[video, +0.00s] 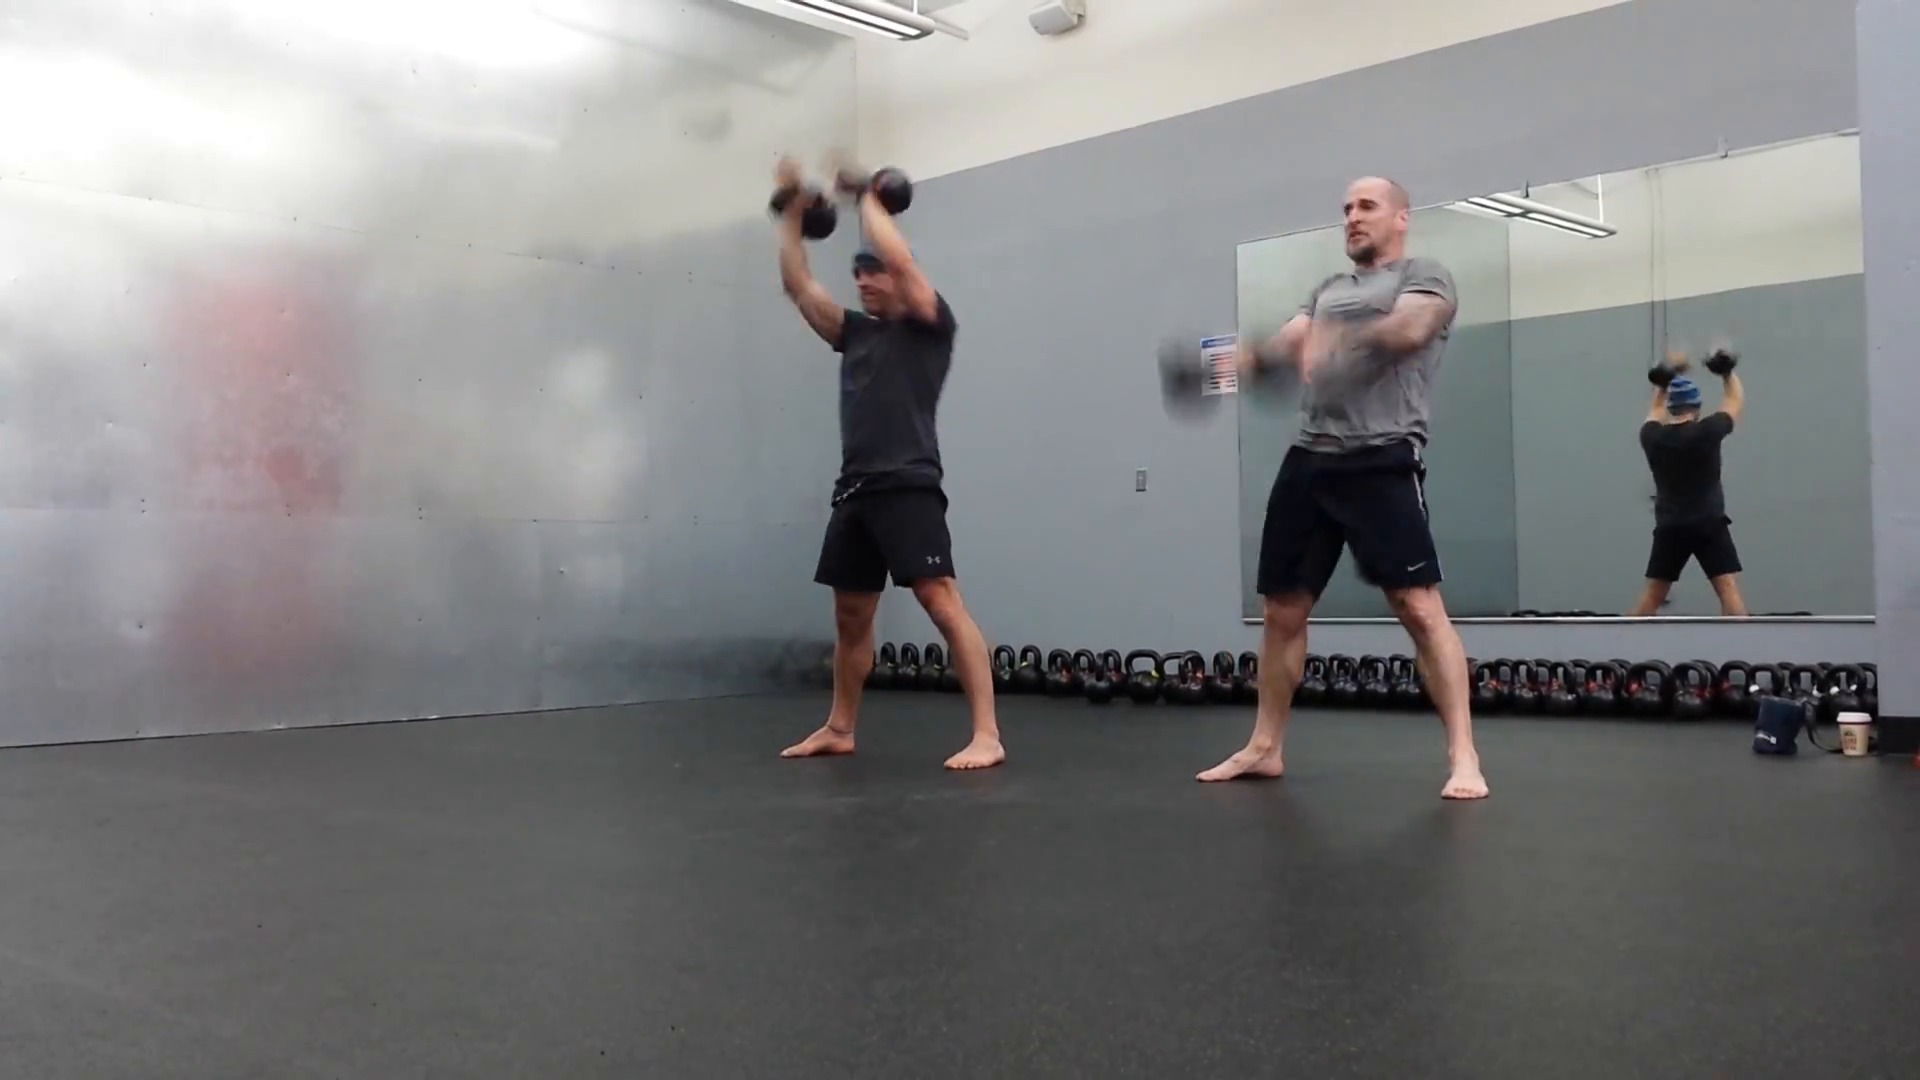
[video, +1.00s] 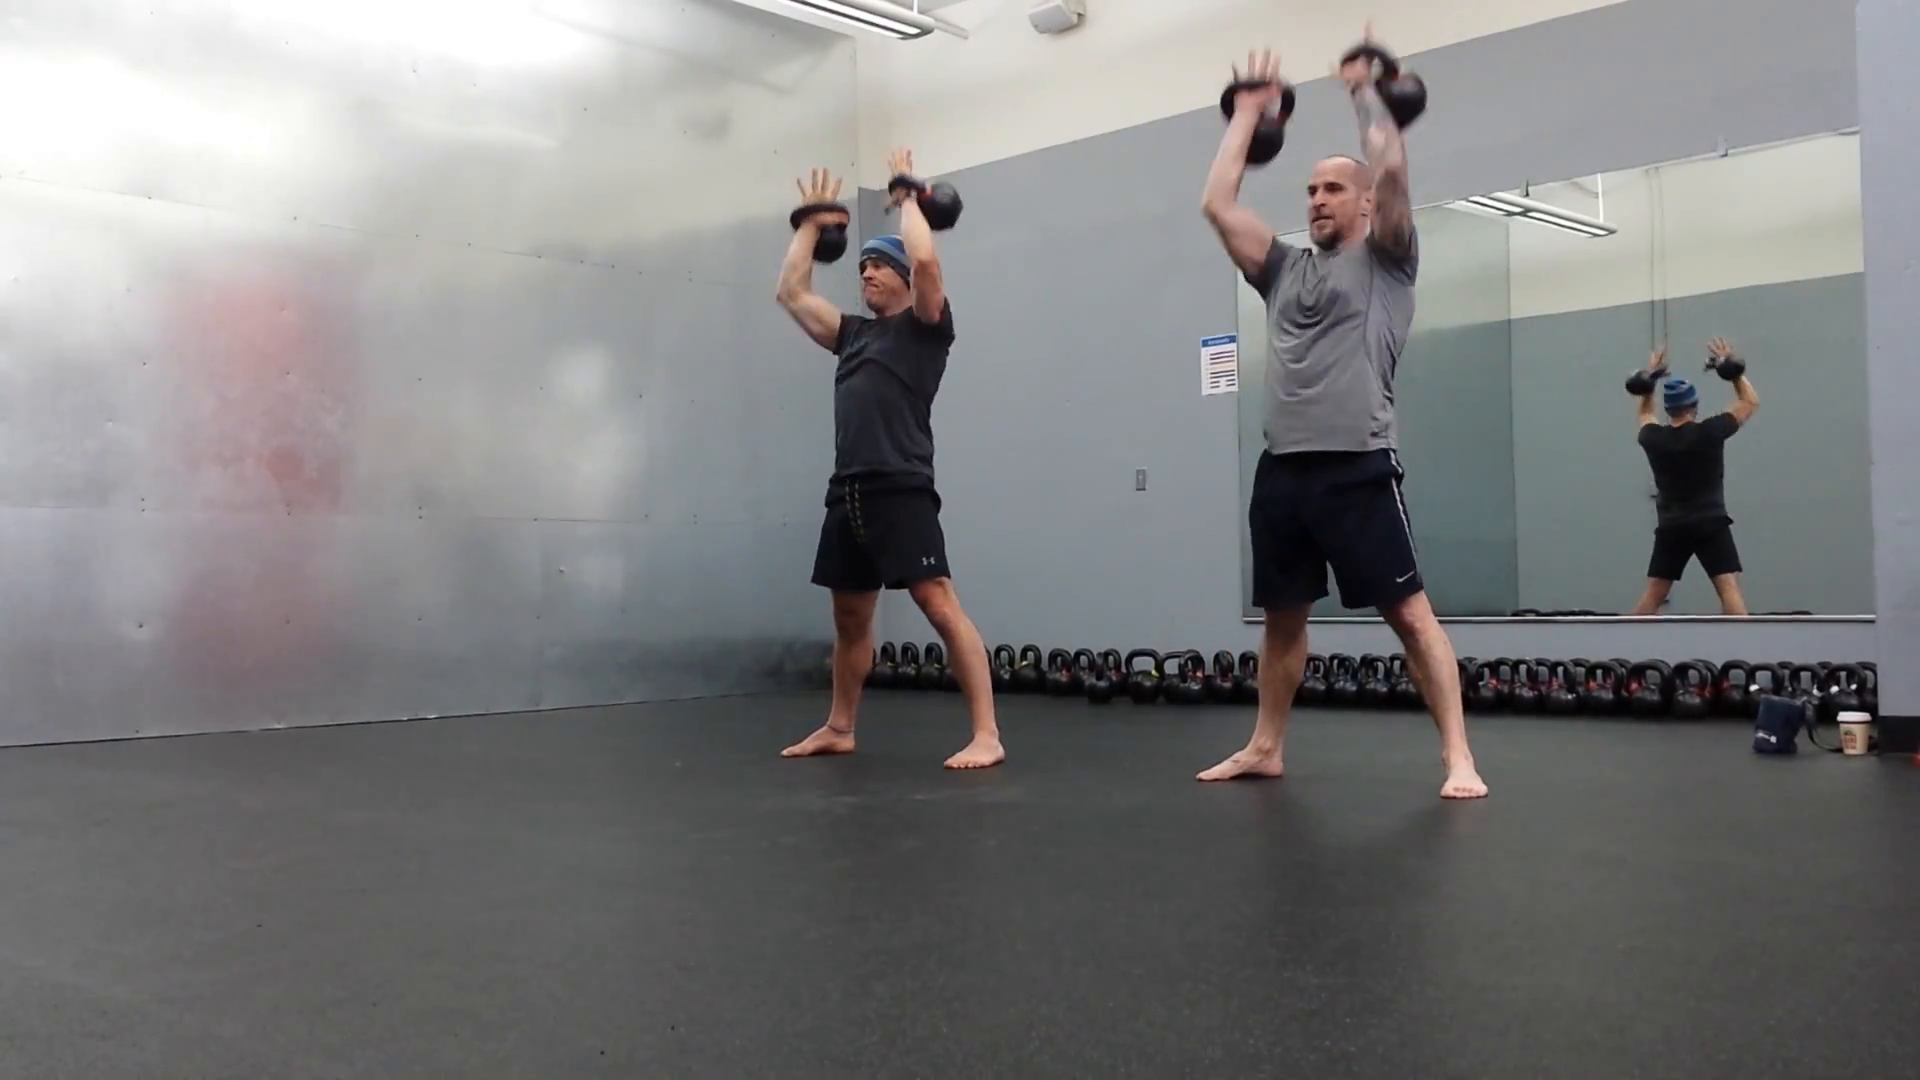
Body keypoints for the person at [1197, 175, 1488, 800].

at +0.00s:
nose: (1353, 218)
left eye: (1367, 206)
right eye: (1347, 210)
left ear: (1402, 218)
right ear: (1343, 225)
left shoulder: (1427, 278)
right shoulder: (1328, 292)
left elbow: (1406, 332)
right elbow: (1289, 344)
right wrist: (1248, 358)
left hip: (1384, 466)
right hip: (1311, 466)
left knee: (1420, 610)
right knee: (1282, 611)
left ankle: (1463, 757)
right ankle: (1264, 746)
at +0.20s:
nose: (1323, 210)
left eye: (1334, 199)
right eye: (1316, 201)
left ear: (1363, 209)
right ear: (1309, 213)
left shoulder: (1393, 269)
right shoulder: (1297, 280)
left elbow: (1409, 264)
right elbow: (1211, 285)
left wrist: (1364, 195)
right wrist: (1221, 215)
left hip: (1367, 465)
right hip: (1289, 468)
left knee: (1412, 612)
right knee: (1280, 613)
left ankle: (1457, 755)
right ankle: (1264, 744)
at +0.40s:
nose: (1284, 203)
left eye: (1296, 191)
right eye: (1279, 195)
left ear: (1334, 195)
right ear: (1274, 207)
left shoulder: (1364, 252)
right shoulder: (1268, 262)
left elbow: (1369, 148)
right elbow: (1223, 172)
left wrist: (1350, 54)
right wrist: (1230, 70)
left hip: (1357, 465)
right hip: (1281, 470)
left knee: (1410, 611)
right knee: (1282, 615)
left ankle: (1460, 758)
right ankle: (1264, 745)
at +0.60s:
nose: (1285, 208)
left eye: (1298, 196)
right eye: (1279, 200)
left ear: (1334, 197)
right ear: (1272, 210)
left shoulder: (1365, 250)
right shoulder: (1270, 256)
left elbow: (1374, 139)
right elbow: (1245, 152)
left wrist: (1369, 45)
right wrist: (1253, 58)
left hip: (1350, 464)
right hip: (1274, 468)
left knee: (1405, 615)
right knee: (1278, 617)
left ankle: (1458, 761)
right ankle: (1264, 747)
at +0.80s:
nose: (1294, 206)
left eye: (1306, 193)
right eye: (1289, 196)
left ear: (1344, 196)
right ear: (1285, 207)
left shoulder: (1372, 251)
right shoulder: (1275, 256)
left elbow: (1378, 142)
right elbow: (1245, 158)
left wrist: (1364, 50)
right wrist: (1259, 62)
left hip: (1353, 463)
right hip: (1277, 465)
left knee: (1406, 615)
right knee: (1279, 617)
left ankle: (1458, 761)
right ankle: (1264, 747)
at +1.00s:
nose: (1316, 200)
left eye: (1331, 188)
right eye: (1311, 191)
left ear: (1368, 200)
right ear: (1307, 204)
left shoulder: (1388, 261)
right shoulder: (1286, 267)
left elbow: (1390, 175)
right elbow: (1219, 205)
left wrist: (1367, 94)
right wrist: (1245, 118)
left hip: (1361, 468)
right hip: (1284, 468)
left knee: (1411, 616)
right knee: (1281, 618)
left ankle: (1459, 760)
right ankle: (1265, 747)